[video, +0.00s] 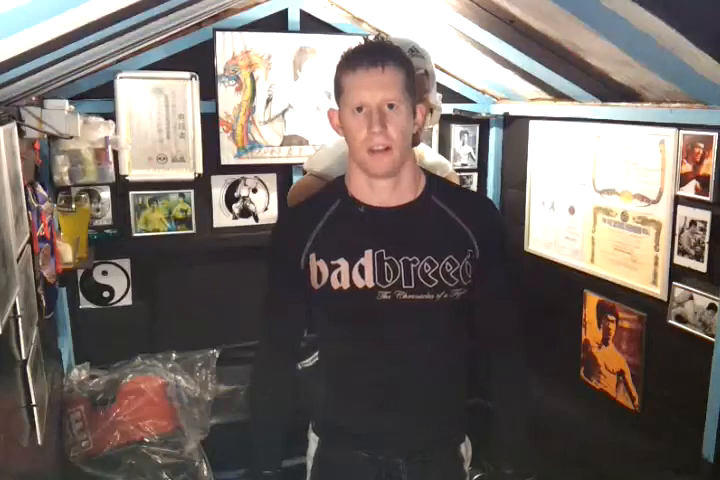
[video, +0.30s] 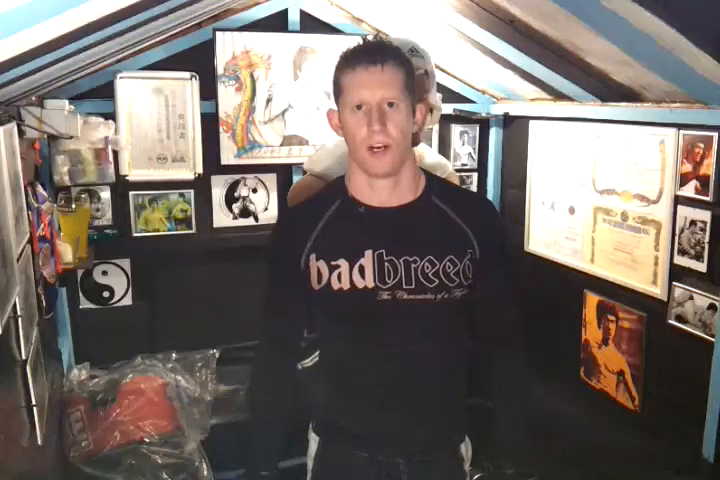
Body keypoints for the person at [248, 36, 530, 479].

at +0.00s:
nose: (377, 127)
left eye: (391, 107)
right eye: (360, 110)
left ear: (418, 117)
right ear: (338, 122)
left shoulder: (476, 221)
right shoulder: (301, 226)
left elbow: (503, 355)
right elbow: (277, 358)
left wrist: (502, 466)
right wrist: (273, 465)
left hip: (441, 458)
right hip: (342, 458)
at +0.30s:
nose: (376, 124)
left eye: (390, 105)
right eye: (359, 108)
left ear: (418, 117)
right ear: (337, 123)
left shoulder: (475, 220)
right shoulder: (301, 227)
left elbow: (502, 354)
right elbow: (277, 358)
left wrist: (504, 466)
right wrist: (272, 465)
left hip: (441, 458)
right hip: (342, 458)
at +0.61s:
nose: (377, 123)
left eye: (391, 106)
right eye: (360, 109)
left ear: (418, 116)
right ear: (337, 123)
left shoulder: (476, 221)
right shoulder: (302, 226)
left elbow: (503, 353)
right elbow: (278, 358)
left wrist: (502, 465)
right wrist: (273, 465)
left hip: (441, 458)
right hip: (342, 458)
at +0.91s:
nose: (376, 119)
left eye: (390, 102)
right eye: (359, 105)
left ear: (417, 116)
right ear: (337, 123)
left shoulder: (476, 221)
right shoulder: (302, 226)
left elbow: (501, 354)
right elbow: (278, 359)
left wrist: (498, 466)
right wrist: (272, 467)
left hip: (441, 459)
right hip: (342, 459)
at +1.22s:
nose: (379, 117)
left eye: (393, 101)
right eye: (362, 104)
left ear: (420, 117)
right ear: (339, 122)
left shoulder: (477, 222)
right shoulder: (302, 226)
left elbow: (501, 354)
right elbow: (278, 359)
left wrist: (499, 466)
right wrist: (272, 467)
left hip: (441, 459)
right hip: (342, 458)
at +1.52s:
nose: (384, 118)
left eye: (398, 102)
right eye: (367, 104)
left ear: (423, 118)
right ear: (342, 122)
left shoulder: (475, 224)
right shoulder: (301, 226)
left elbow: (501, 354)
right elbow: (270, 356)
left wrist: (495, 465)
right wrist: (276, 465)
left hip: (438, 460)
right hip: (339, 459)